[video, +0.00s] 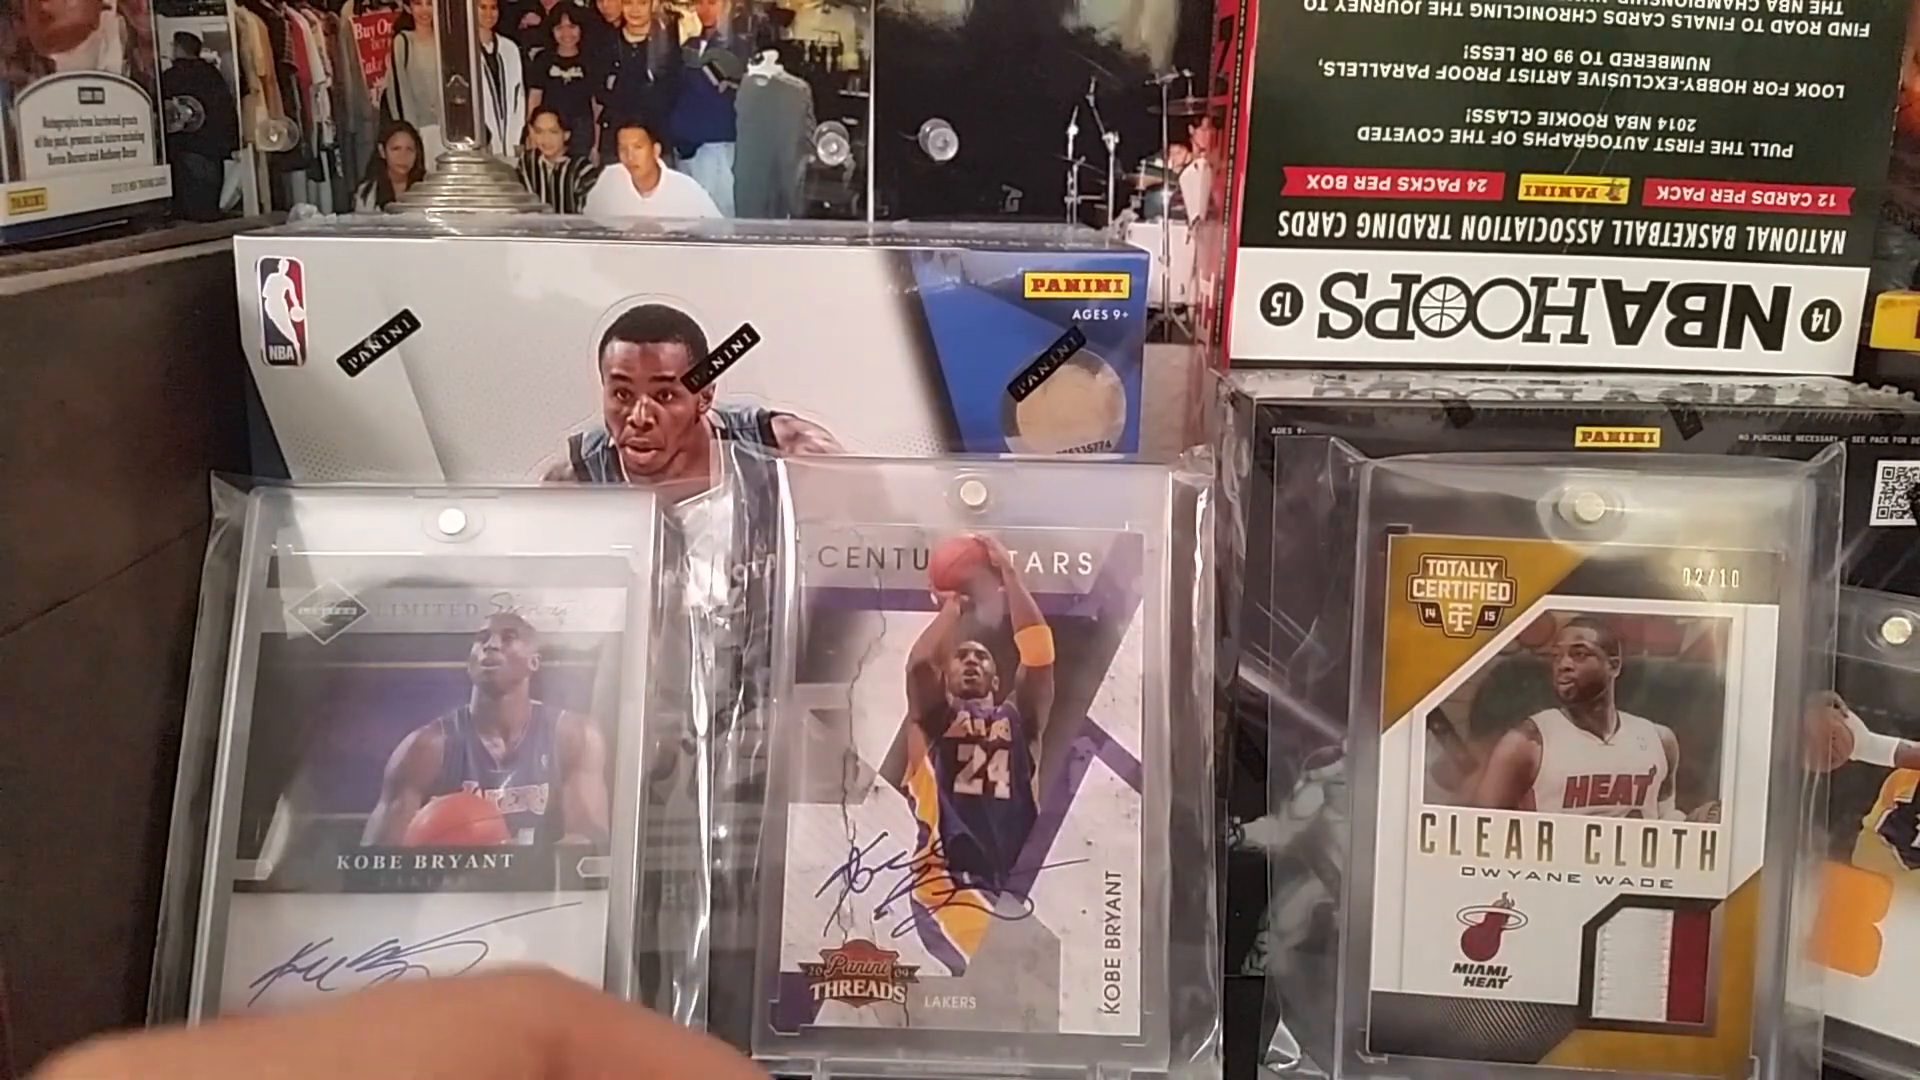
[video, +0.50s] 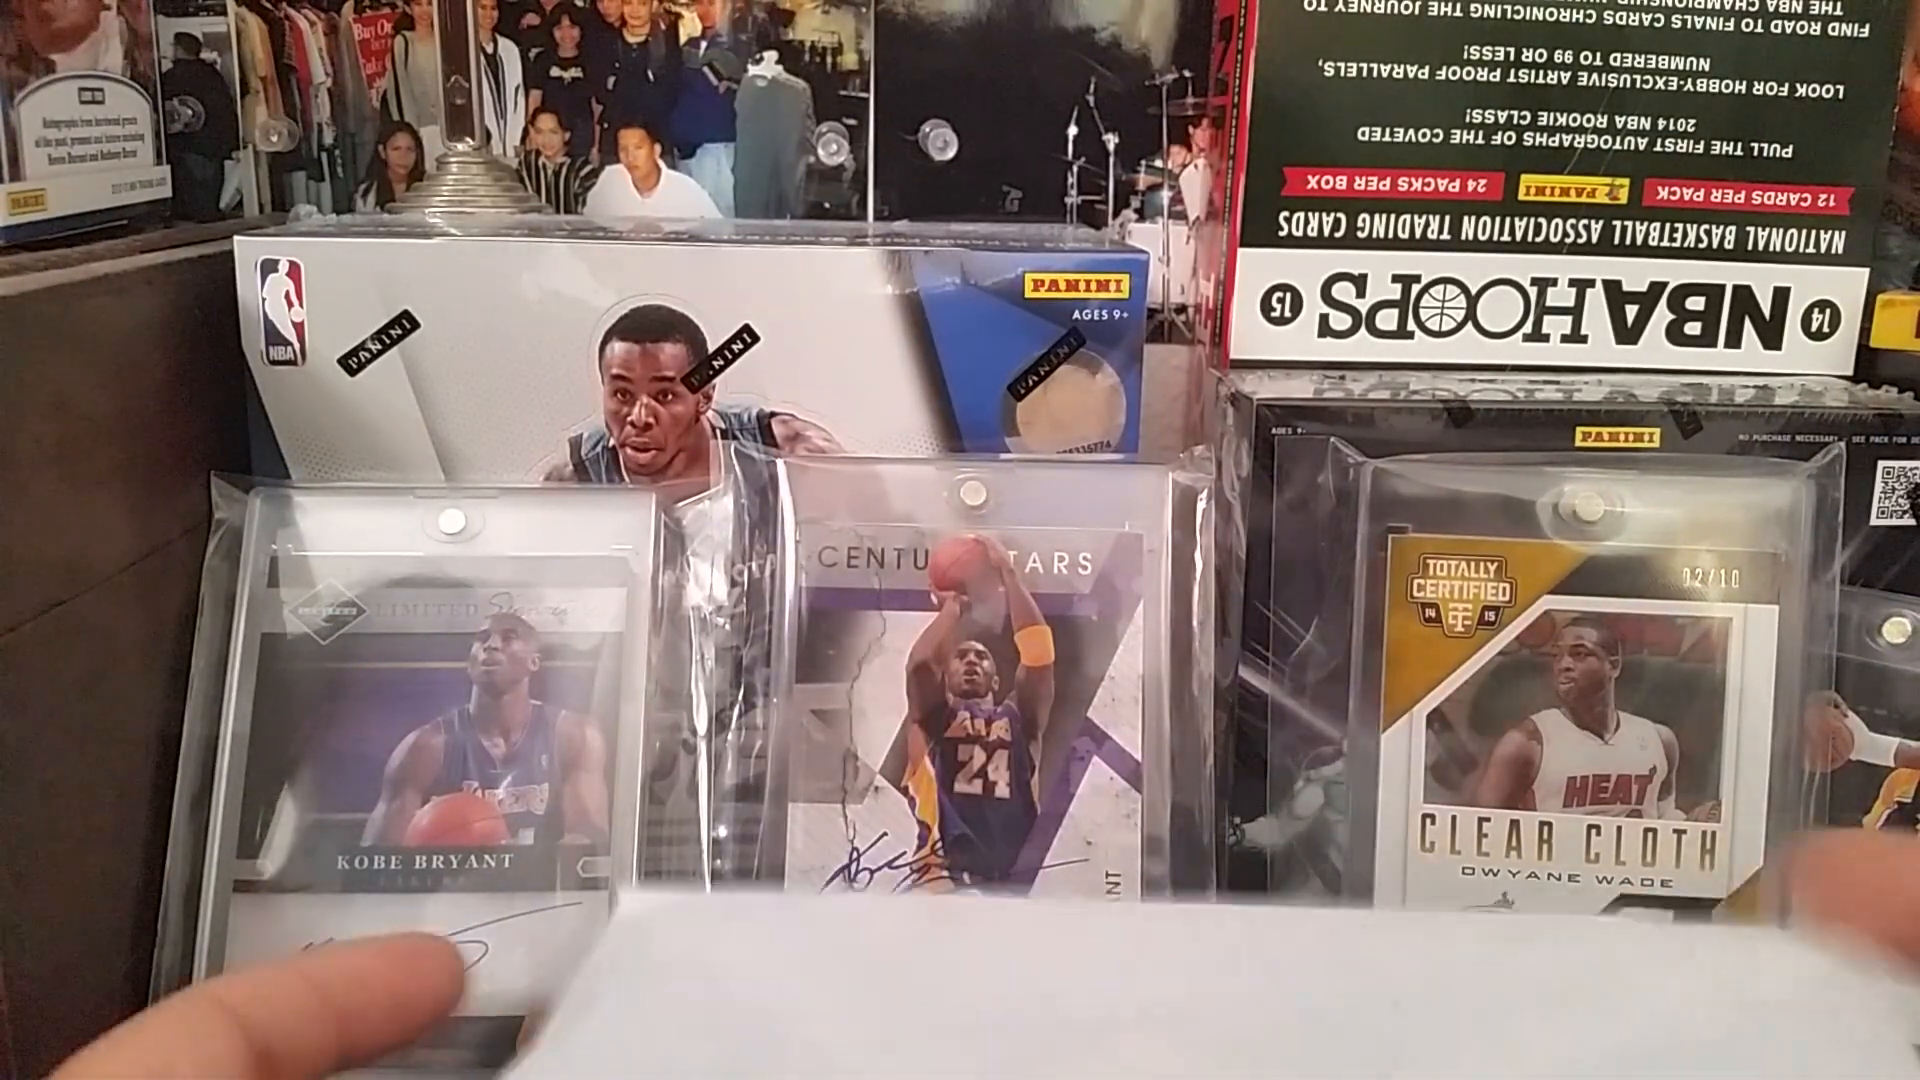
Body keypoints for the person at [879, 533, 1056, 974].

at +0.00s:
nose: (972, 661)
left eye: (982, 657)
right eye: (961, 656)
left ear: (996, 677)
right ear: (943, 674)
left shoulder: (1021, 718)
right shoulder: (932, 717)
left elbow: (1037, 651)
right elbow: (919, 664)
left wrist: (1009, 572)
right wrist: (952, 605)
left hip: (1009, 885)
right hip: (945, 883)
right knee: (1018, 966)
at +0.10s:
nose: (972, 662)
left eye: (982, 657)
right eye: (960, 656)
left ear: (996, 677)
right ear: (943, 674)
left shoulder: (1021, 718)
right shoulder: (932, 717)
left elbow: (1037, 651)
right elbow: (919, 664)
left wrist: (1009, 573)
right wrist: (952, 605)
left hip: (1010, 884)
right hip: (945, 882)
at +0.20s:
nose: (972, 660)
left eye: (982, 657)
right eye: (961, 655)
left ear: (996, 677)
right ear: (943, 674)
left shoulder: (1020, 718)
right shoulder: (932, 717)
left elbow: (1037, 651)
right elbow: (919, 663)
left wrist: (1009, 572)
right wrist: (953, 604)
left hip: (1008, 884)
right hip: (945, 882)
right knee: (1018, 963)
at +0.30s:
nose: (972, 661)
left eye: (982, 657)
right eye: (961, 656)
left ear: (996, 677)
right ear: (944, 674)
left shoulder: (1021, 719)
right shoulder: (932, 717)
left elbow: (1037, 651)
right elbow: (919, 664)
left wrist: (1009, 572)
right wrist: (951, 605)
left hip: (1011, 884)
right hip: (945, 882)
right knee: (1022, 965)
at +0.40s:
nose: (972, 661)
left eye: (982, 657)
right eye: (961, 656)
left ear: (996, 676)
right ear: (943, 673)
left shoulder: (1020, 718)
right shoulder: (933, 716)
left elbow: (1037, 651)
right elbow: (919, 664)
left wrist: (1010, 572)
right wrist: (951, 605)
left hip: (1008, 887)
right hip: (945, 884)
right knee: (1035, 953)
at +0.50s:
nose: (971, 661)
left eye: (981, 658)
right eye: (960, 657)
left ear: (995, 677)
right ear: (946, 675)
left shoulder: (1020, 715)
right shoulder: (937, 716)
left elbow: (1038, 651)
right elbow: (920, 663)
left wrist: (1008, 572)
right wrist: (951, 608)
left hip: (1019, 874)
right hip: (954, 873)